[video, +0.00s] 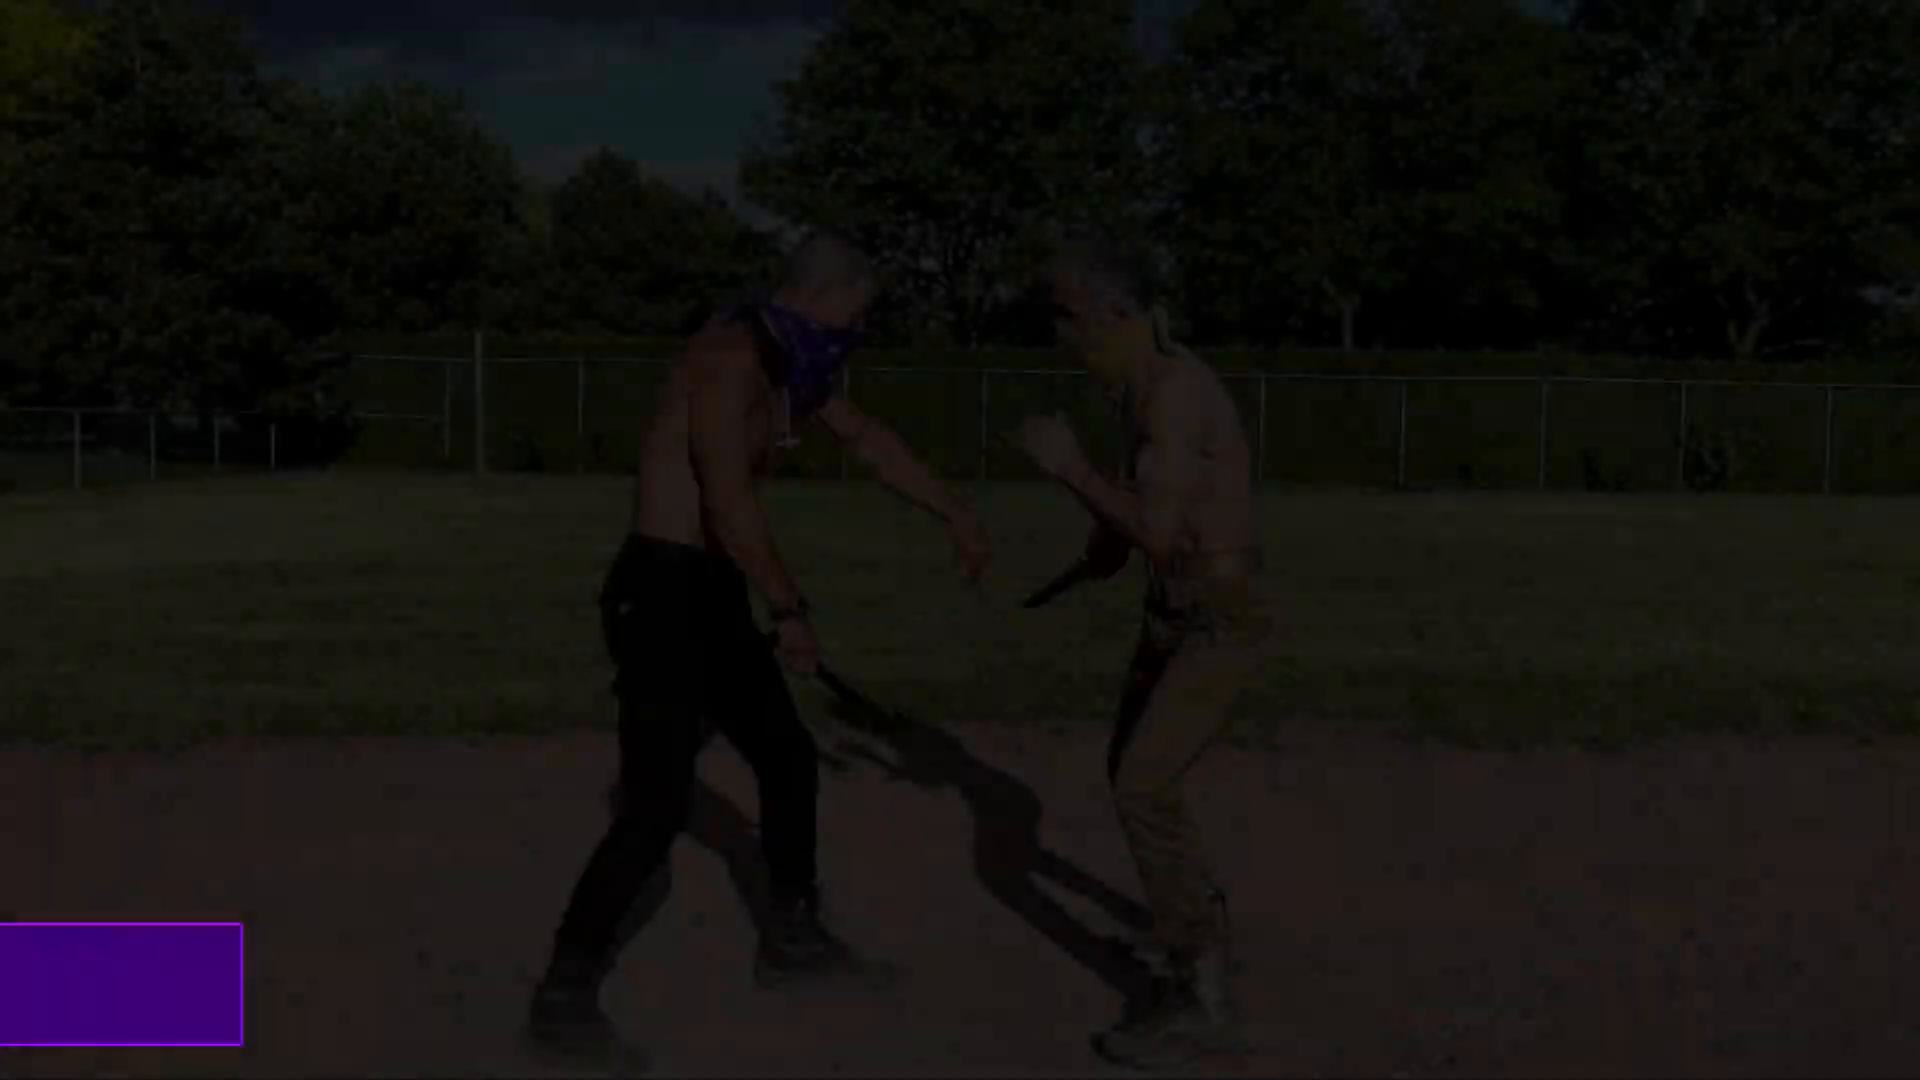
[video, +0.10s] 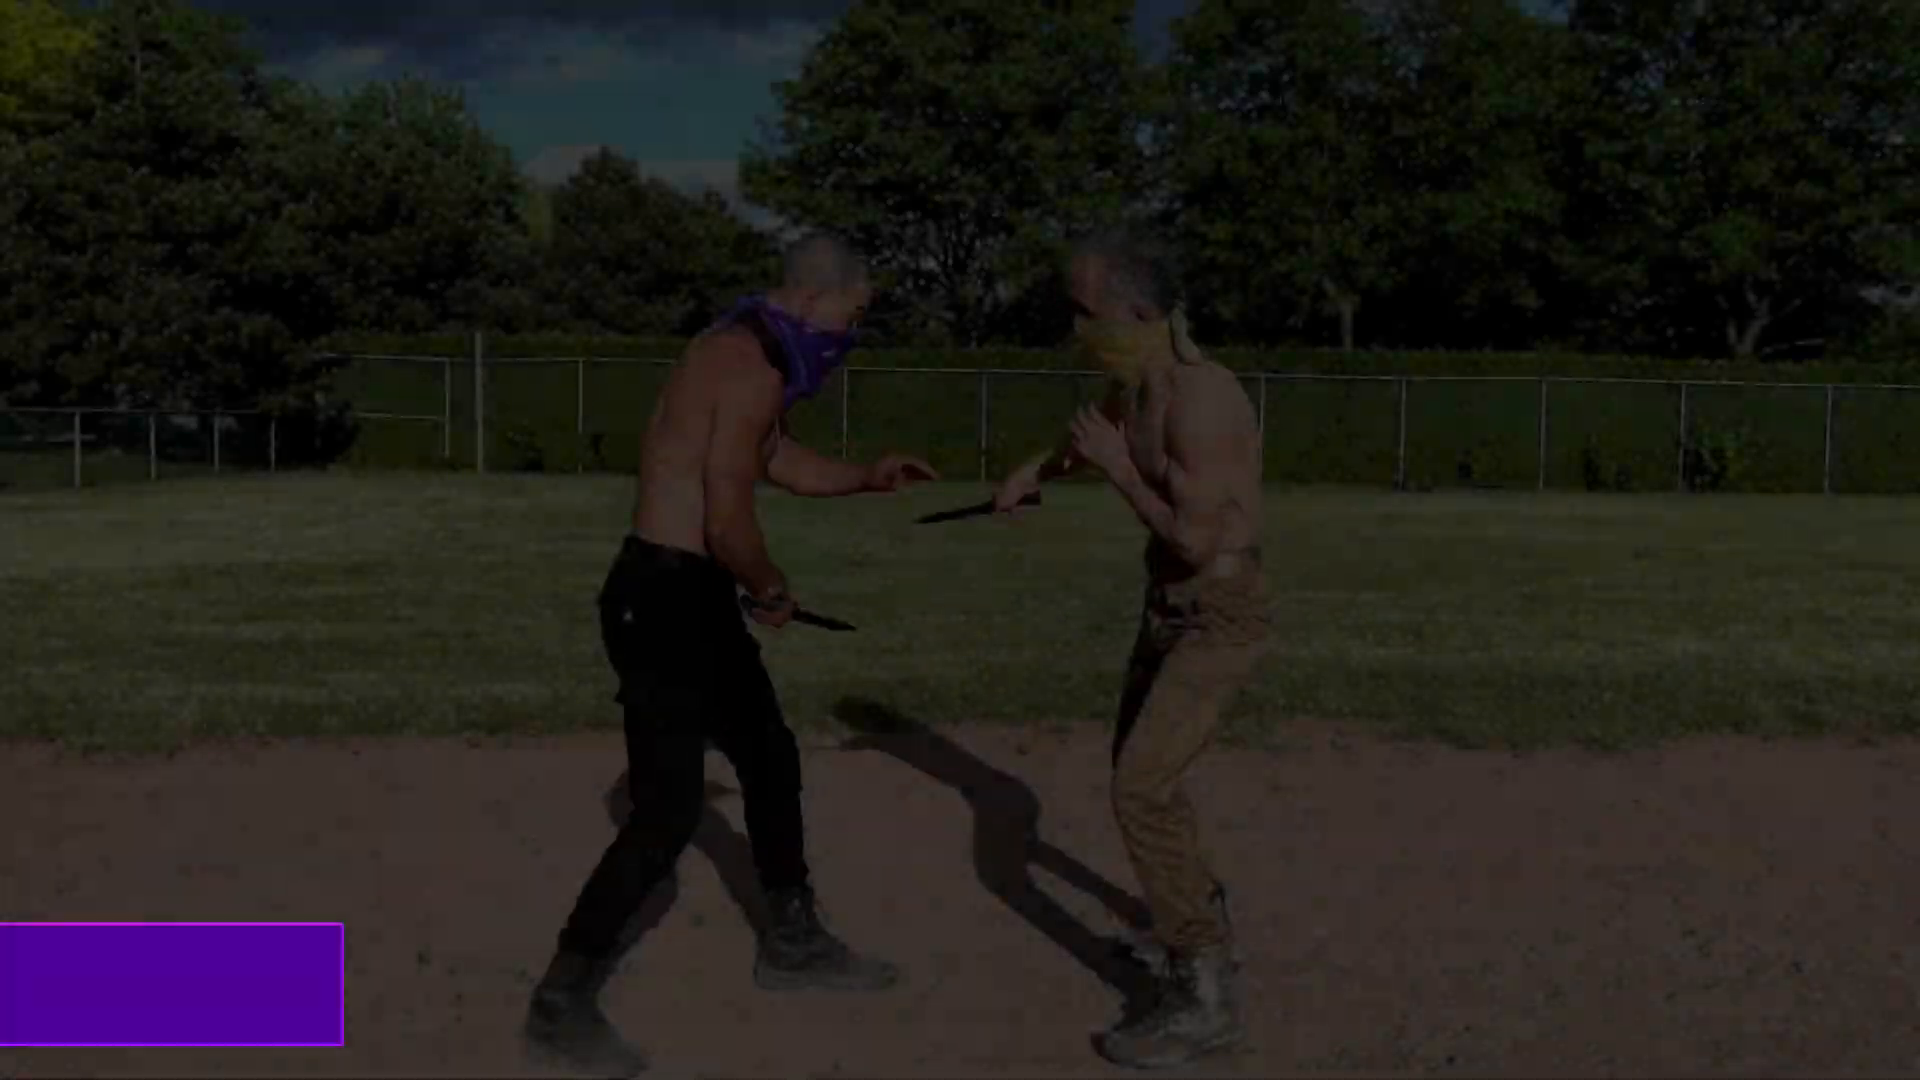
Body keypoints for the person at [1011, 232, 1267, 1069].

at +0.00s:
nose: (1081, 348)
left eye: (1090, 328)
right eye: (1076, 330)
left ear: (1130, 320)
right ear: (1107, 324)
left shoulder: (1178, 394)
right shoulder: (1142, 392)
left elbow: (1162, 533)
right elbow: (1130, 525)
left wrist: (1074, 469)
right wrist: (1067, 583)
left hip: (1222, 624)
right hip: (1177, 617)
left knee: (1144, 779)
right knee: (1132, 773)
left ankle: (1201, 985)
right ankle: (1186, 952)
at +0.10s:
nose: (1080, 334)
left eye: (1089, 317)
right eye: (1079, 318)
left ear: (1134, 316)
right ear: (1135, 317)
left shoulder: (1206, 398)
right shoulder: (1141, 389)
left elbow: (1198, 541)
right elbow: (1105, 448)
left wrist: (1119, 467)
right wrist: (1037, 470)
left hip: (1219, 623)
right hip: (1171, 615)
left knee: (1144, 782)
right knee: (1136, 764)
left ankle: (1205, 994)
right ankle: (1193, 914)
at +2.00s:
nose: (992, 320)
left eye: (998, 303)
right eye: (989, 305)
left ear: (1048, 300)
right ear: (1044, 302)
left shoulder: (1094, 381)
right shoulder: (1068, 381)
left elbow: (1065, 515)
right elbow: (1049, 499)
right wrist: (991, 461)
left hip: (1148, 608)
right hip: (1106, 605)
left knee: (1087, 792)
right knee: (1043, 759)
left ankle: (1155, 1007)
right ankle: (1085, 914)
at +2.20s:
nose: (976, 304)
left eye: (984, 286)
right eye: (971, 290)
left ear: (1036, 278)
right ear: (1008, 286)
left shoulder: (1121, 353)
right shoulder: (1009, 390)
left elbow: (1217, 446)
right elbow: (1001, 508)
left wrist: (1098, 466)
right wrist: (955, 484)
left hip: (1142, 592)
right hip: (1067, 599)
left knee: (1102, 784)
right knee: (1035, 778)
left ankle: (1158, 1004)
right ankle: (1082, 912)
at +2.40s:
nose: (964, 320)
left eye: (971, 304)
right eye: (959, 307)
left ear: (1018, 295)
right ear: (1007, 299)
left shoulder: (1080, 348)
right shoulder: (1039, 385)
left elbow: (1112, 412)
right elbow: (1083, 507)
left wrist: (1009, 404)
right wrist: (1040, 550)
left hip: (1137, 597)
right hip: (1087, 604)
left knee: (1087, 791)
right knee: (1038, 770)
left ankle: (1157, 1012)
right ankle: (1084, 918)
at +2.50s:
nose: (972, 323)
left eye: (979, 306)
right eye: (969, 309)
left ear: (1025, 296)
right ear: (1031, 301)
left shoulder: (1057, 351)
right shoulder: (1062, 370)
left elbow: (941, 403)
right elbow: (1122, 490)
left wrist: (841, 452)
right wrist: (1062, 547)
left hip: (1148, 608)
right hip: (1110, 608)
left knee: (1089, 788)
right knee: (1045, 764)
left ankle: (1150, 1005)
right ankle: (1085, 914)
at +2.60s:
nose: (986, 317)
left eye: (993, 300)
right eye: (985, 302)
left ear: (1038, 295)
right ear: (1051, 298)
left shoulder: (1055, 366)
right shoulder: (1093, 369)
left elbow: (967, 449)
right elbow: (1135, 485)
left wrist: (881, 499)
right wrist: (1069, 539)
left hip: (1145, 611)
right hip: (1114, 606)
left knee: (1083, 791)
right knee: (1046, 759)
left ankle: (1149, 1008)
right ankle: (1088, 910)